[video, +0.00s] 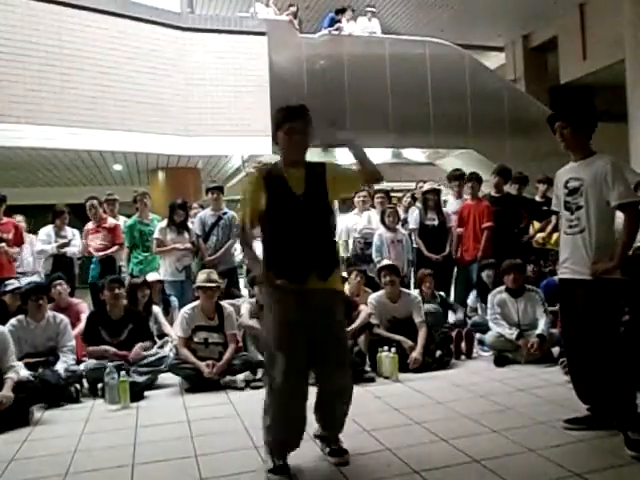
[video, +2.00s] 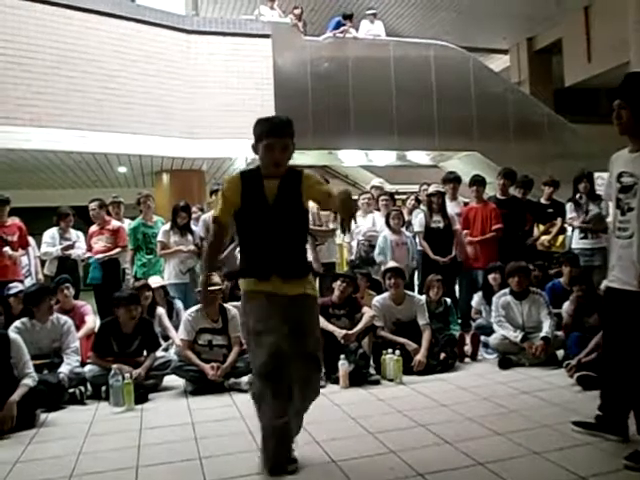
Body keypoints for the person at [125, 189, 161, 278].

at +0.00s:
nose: (144, 202)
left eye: (146, 199)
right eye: (140, 200)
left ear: (150, 202)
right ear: (136, 205)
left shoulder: (157, 221)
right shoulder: (131, 224)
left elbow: (161, 243)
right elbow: (127, 247)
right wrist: (124, 267)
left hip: (155, 266)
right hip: (137, 267)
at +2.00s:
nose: (148, 204)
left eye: (149, 201)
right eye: (144, 202)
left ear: (154, 204)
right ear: (139, 206)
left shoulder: (161, 222)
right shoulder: (134, 226)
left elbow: (165, 245)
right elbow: (131, 249)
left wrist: (168, 266)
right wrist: (130, 271)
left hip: (159, 268)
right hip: (142, 269)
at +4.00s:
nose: (148, 204)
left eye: (150, 200)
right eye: (144, 202)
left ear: (154, 204)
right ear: (140, 206)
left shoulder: (160, 224)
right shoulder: (134, 227)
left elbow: (164, 247)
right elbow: (131, 249)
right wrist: (129, 270)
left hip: (159, 269)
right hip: (141, 270)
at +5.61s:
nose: (150, 205)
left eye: (152, 202)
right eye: (147, 203)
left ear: (155, 204)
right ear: (141, 206)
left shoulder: (161, 223)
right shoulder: (135, 226)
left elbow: (164, 245)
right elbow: (131, 249)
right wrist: (129, 269)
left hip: (159, 268)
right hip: (142, 269)